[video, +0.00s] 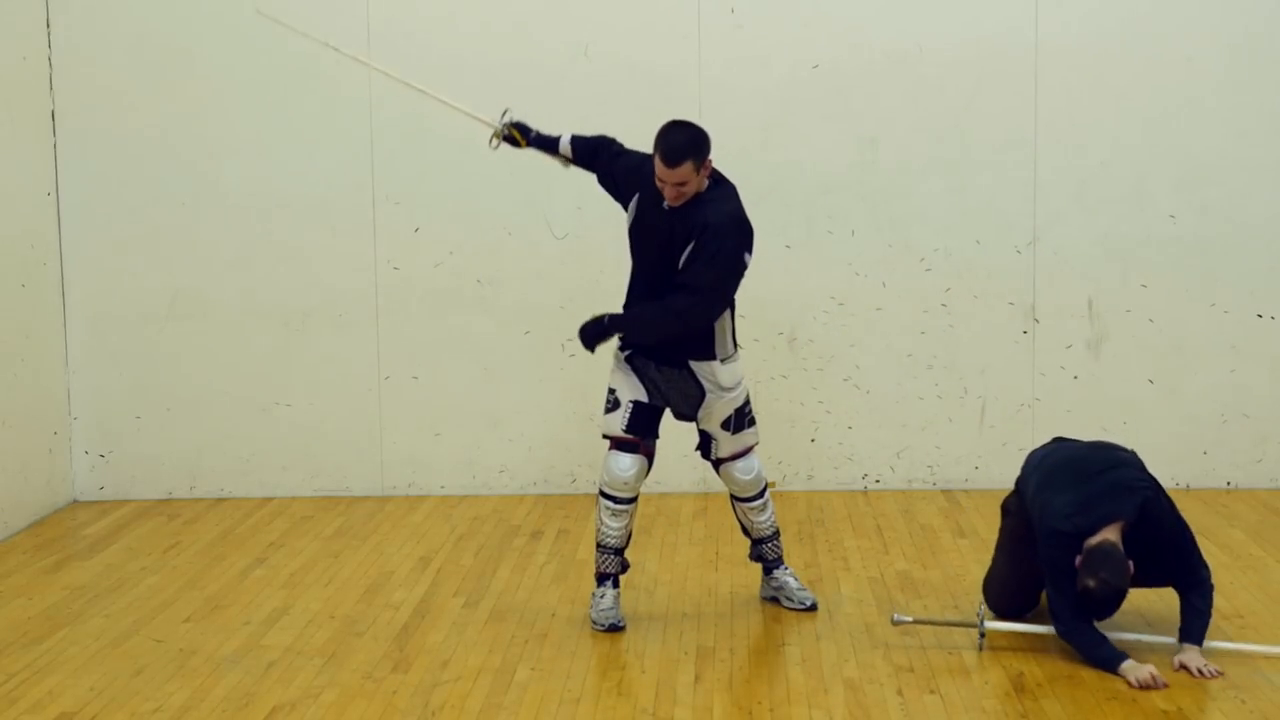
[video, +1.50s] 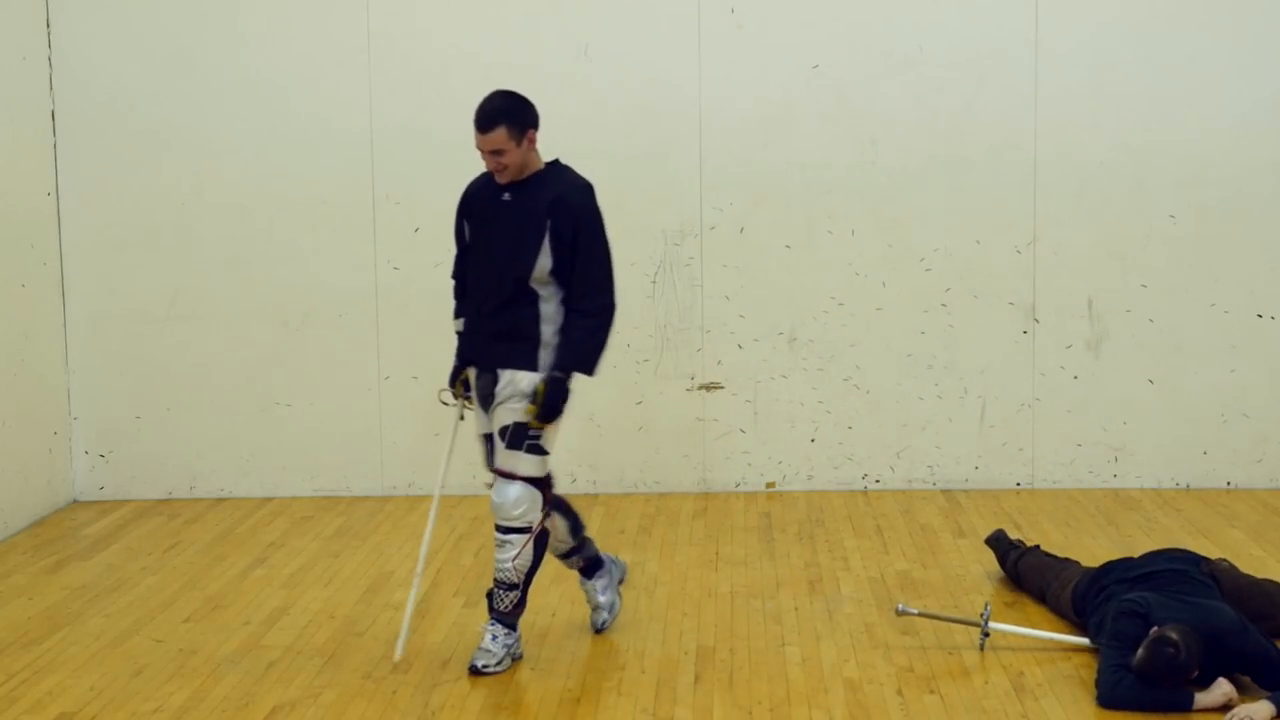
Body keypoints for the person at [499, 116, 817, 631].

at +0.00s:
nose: (669, 192)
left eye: (681, 184)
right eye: (662, 181)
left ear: (705, 169)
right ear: (654, 165)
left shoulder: (727, 222)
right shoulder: (640, 176)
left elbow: (698, 306)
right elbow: (598, 153)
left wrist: (620, 324)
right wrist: (535, 138)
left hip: (710, 359)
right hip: (642, 354)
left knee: (744, 471)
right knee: (622, 470)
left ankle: (775, 571)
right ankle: (607, 586)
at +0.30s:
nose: (664, 189)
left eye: (675, 180)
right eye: (655, 178)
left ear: (697, 163)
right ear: (645, 161)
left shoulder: (725, 209)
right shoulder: (636, 191)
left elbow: (727, 301)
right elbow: (590, 225)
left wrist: (656, 361)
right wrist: (520, 254)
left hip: (713, 351)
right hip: (644, 351)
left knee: (746, 468)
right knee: (624, 471)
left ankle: (775, 572)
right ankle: (612, 586)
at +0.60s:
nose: (619, 195)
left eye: (629, 185)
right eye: (610, 185)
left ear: (650, 167)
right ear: (598, 172)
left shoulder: (683, 205)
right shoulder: (586, 213)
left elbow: (735, 289)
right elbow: (564, 287)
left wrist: (743, 367)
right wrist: (533, 359)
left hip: (692, 366)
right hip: (617, 367)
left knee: (734, 472)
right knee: (611, 475)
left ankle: (773, 572)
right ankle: (622, 589)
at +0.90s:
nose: (558, 168)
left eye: (568, 157)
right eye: (550, 158)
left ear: (595, 141)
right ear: (543, 149)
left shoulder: (639, 177)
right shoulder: (540, 202)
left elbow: (703, 233)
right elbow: (532, 293)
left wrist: (743, 298)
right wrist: (535, 372)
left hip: (651, 354)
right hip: (579, 361)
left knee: (668, 477)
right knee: (598, 484)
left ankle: (698, 583)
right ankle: (619, 589)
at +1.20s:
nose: (526, 169)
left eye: (535, 158)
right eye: (519, 159)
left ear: (563, 143)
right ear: (513, 152)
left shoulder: (610, 186)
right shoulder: (514, 203)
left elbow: (664, 258)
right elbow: (503, 288)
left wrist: (683, 338)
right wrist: (507, 365)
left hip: (603, 358)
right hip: (542, 363)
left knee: (565, 479)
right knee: (582, 480)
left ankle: (532, 607)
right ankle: (619, 588)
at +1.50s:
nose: (490, 163)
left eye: (499, 152)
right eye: (484, 153)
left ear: (531, 138)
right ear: (478, 145)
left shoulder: (568, 195)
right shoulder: (478, 196)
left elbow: (592, 296)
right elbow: (466, 284)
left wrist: (564, 376)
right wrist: (464, 356)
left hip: (537, 364)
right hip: (484, 362)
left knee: (514, 491)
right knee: (517, 487)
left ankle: (503, 626)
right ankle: (597, 570)